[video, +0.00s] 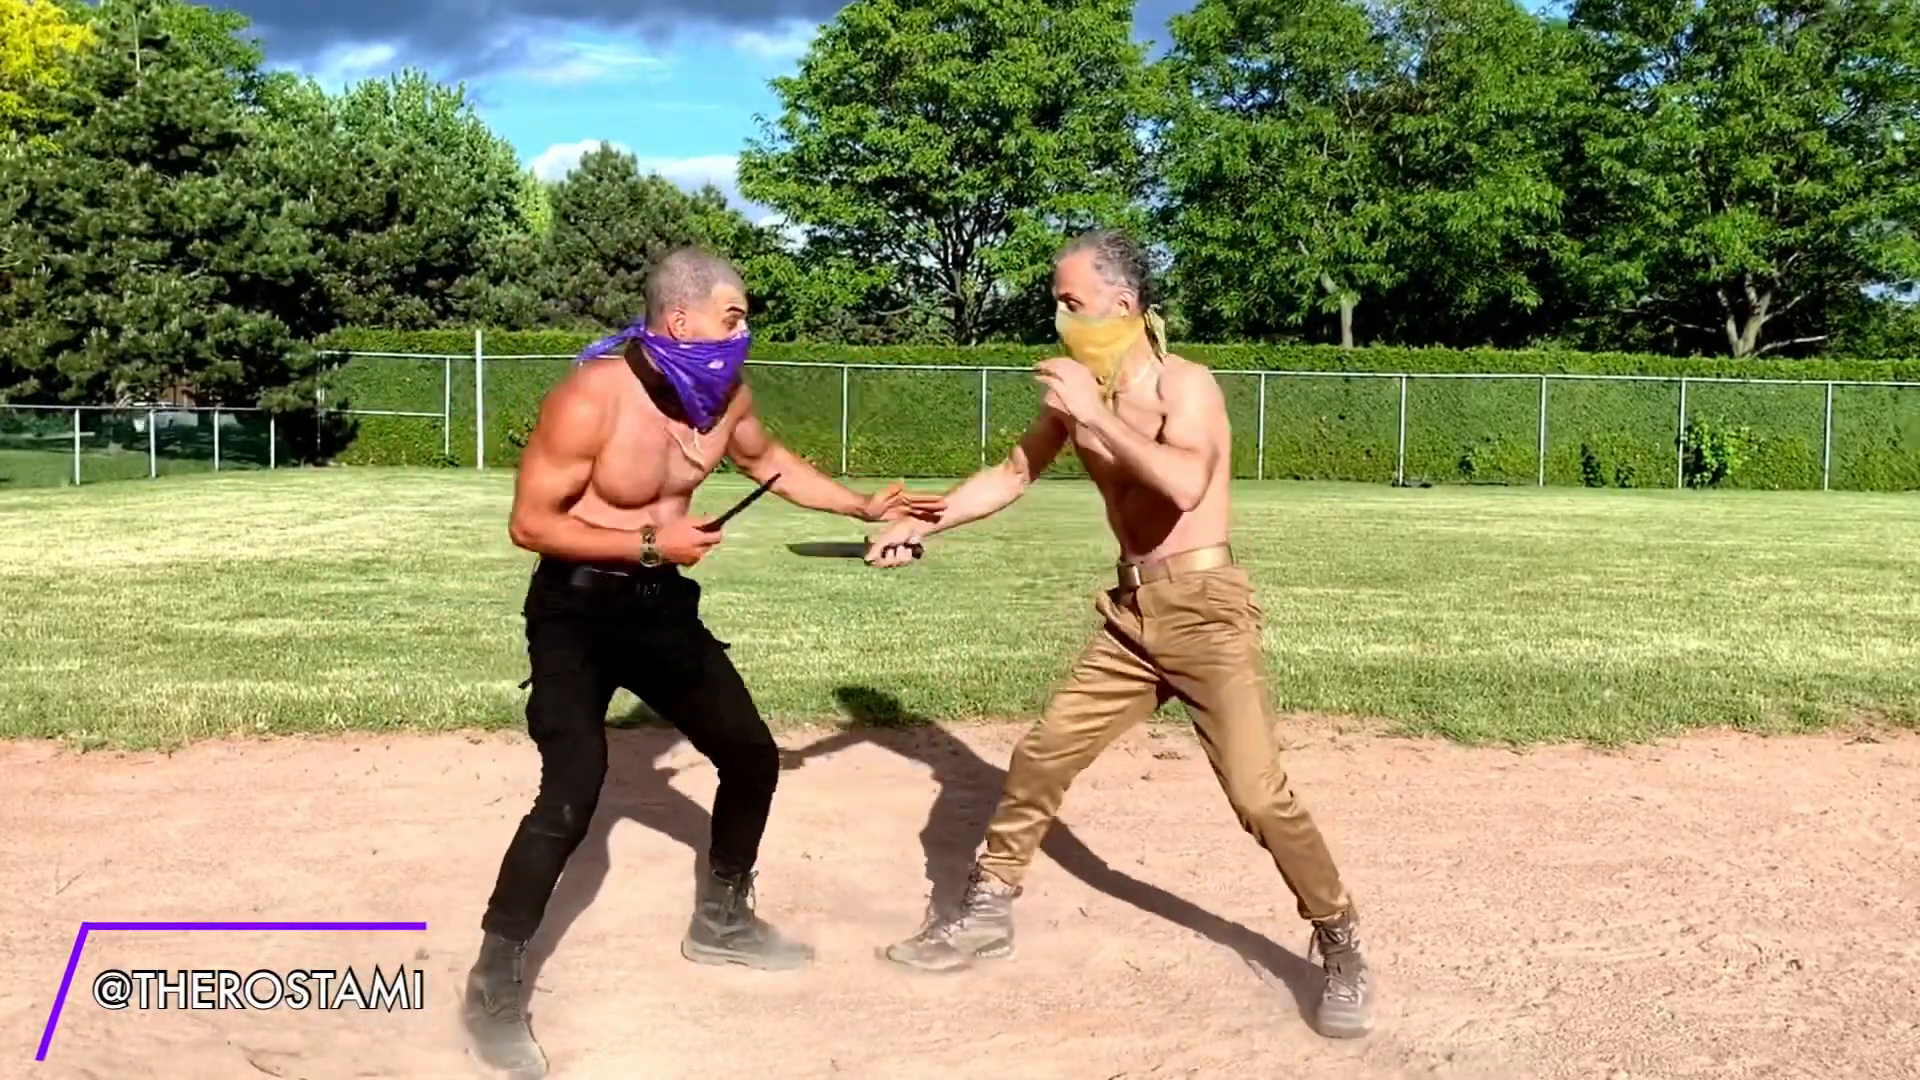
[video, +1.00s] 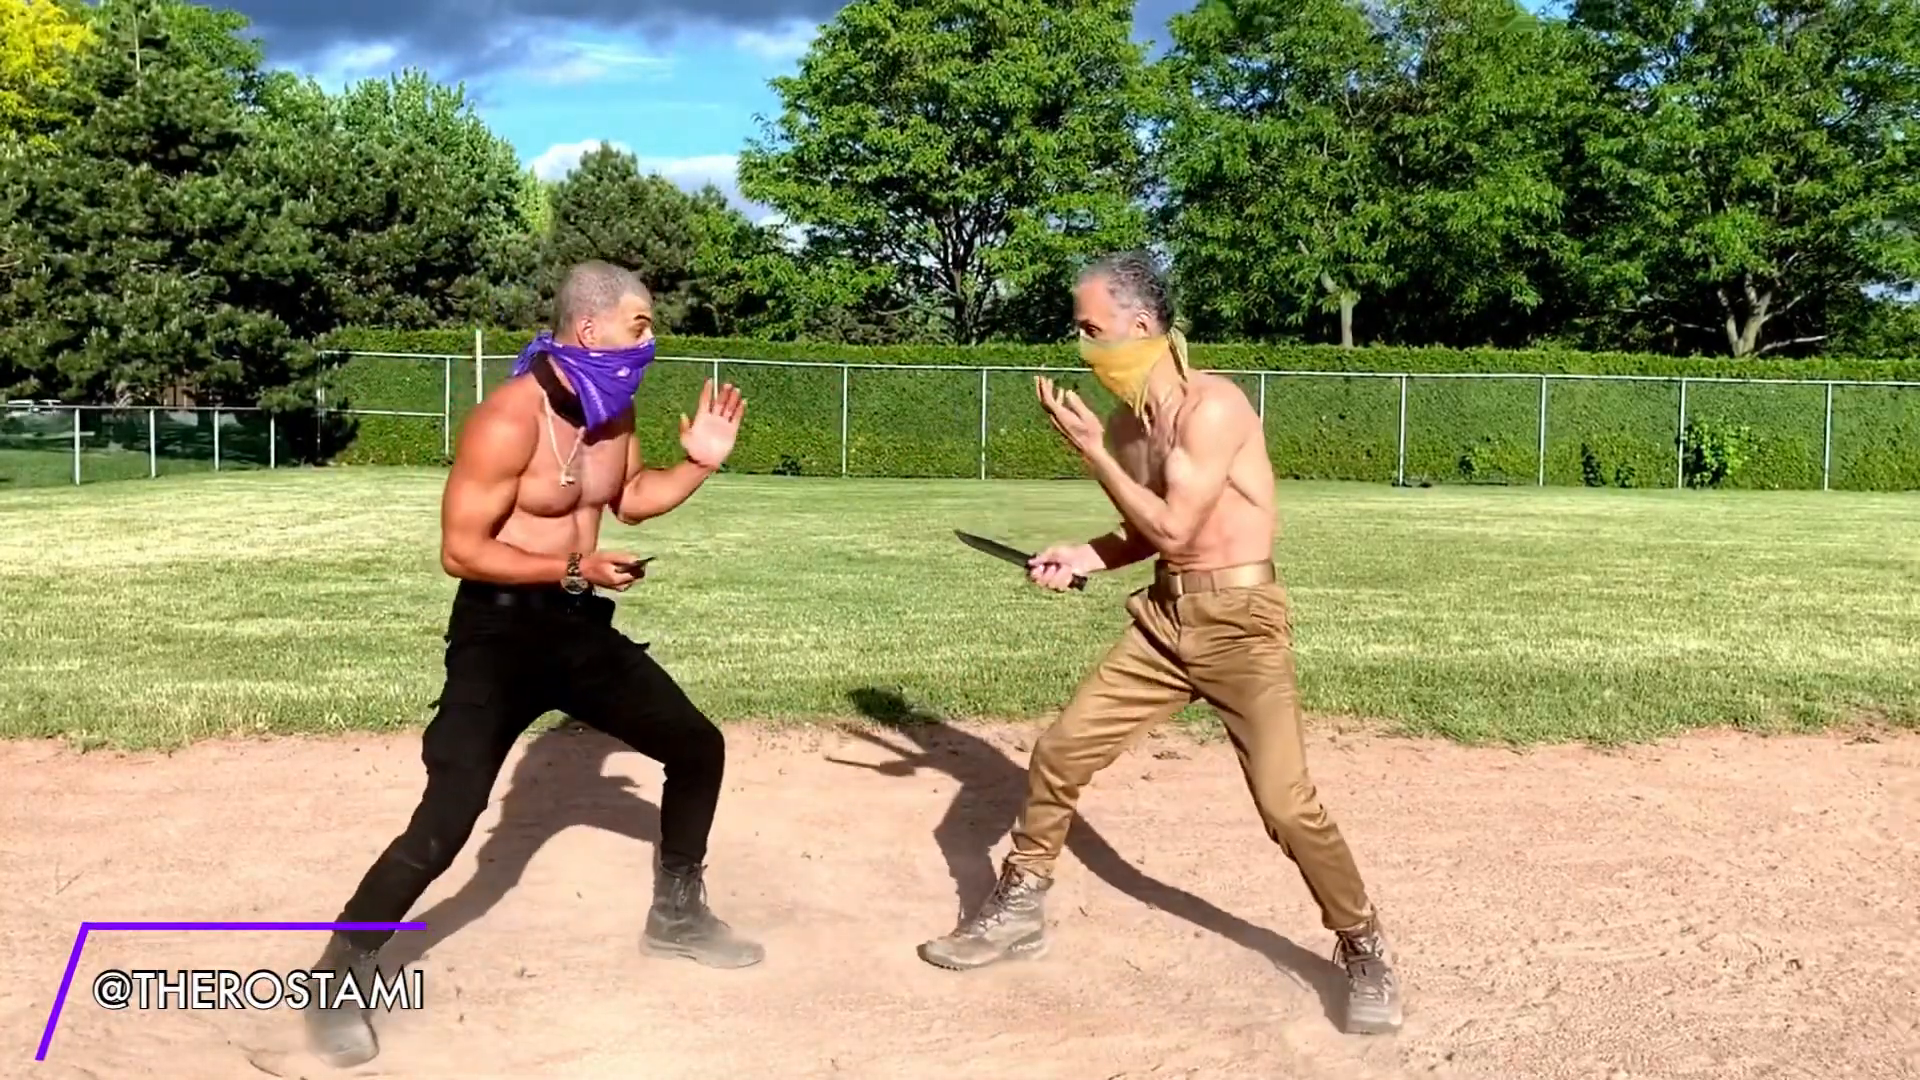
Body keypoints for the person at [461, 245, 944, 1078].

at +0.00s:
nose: (741, 336)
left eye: (745, 321)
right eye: (729, 320)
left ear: (714, 321)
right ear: (676, 321)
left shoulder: (725, 391)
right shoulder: (592, 395)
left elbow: (773, 465)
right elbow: (531, 524)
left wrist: (863, 501)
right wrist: (652, 542)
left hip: (660, 609)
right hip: (572, 612)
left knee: (751, 758)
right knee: (570, 794)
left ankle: (721, 919)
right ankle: (495, 988)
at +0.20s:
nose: (713, 325)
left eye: (716, 310)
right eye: (703, 308)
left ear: (668, 309)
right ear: (653, 307)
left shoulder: (688, 387)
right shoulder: (574, 391)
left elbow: (752, 445)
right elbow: (571, 534)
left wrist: (822, 378)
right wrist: (684, 489)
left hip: (654, 614)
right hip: (579, 618)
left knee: (744, 756)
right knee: (592, 813)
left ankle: (731, 915)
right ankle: (495, 992)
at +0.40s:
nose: (621, 320)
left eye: (622, 308)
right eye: (612, 304)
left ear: (564, 302)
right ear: (565, 297)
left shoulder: (578, 384)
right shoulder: (540, 351)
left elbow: (686, 406)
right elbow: (679, 366)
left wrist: (658, 303)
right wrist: (771, 296)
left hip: (647, 608)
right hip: (582, 617)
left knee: (721, 762)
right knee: (595, 834)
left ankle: (728, 915)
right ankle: (491, 1001)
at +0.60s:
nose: (620, 280)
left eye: (621, 266)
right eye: (607, 263)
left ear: (587, 272)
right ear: (552, 264)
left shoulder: (596, 353)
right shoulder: (497, 352)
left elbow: (652, 439)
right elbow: (501, 499)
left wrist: (673, 339)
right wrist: (619, 459)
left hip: (608, 583)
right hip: (531, 592)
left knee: (691, 738)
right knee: (539, 792)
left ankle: (689, 908)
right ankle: (485, 989)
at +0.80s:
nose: (632, 323)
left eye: (634, 310)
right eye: (619, 308)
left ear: (595, 314)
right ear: (567, 308)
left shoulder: (596, 397)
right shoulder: (488, 406)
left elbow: (598, 492)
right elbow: (443, 540)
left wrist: (672, 450)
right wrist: (561, 556)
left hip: (579, 623)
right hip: (493, 628)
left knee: (682, 753)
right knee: (445, 812)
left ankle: (668, 914)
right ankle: (348, 978)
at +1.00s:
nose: (645, 347)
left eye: (649, 332)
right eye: (635, 330)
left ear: (610, 333)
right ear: (582, 331)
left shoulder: (615, 407)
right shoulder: (508, 418)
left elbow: (631, 500)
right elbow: (460, 550)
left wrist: (696, 467)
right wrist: (574, 569)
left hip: (579, 634)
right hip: (498, 636)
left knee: (697, 747)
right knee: (444, 824)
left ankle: (677, 915)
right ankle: (335, 978)